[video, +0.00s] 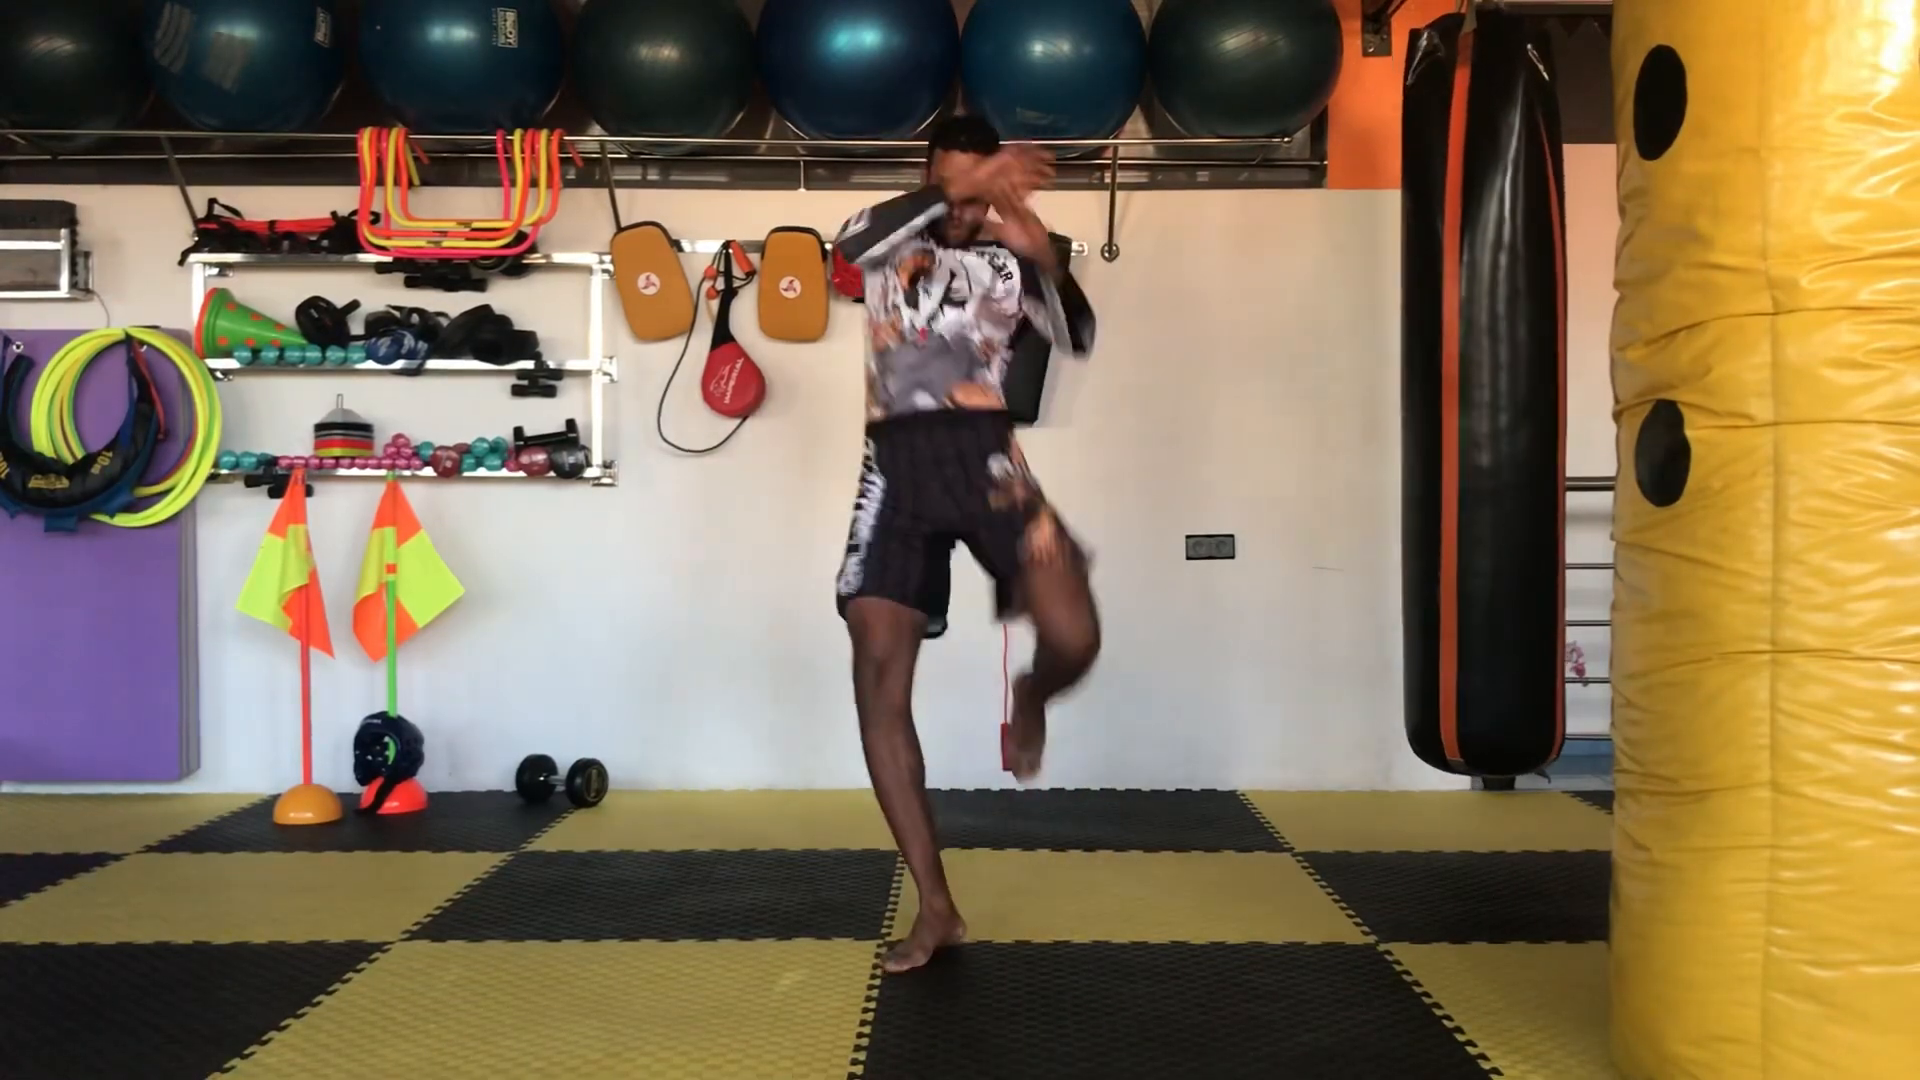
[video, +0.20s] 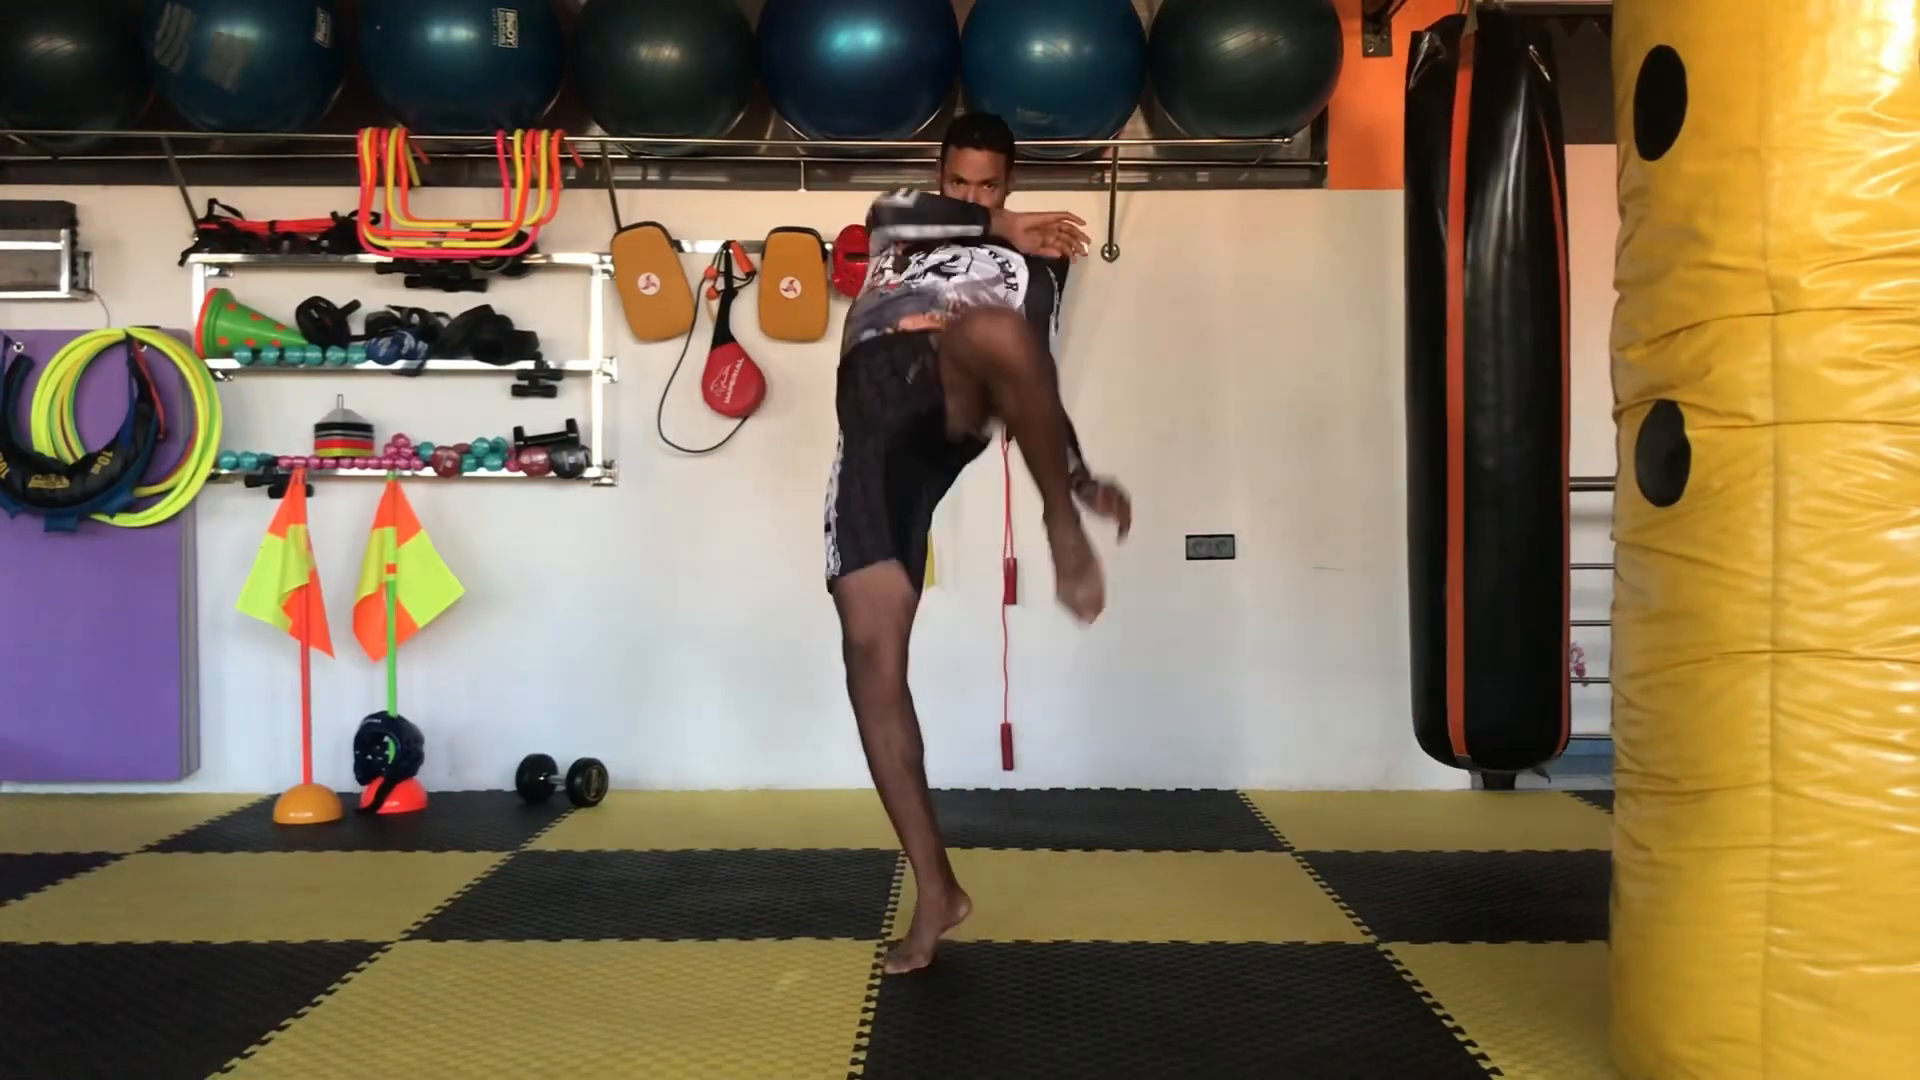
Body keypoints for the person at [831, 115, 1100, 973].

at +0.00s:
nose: (979, 188)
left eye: (989, 174)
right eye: (965, 173)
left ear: (1004, 176)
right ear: (937, 171)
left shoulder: (1026, 251)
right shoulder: (885, 234)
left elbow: (1078, 338)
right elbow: (848, 253)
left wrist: (1042, 256)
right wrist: (961, 190)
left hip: (988, 453)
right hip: (895, 460)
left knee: (1074, 640)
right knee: (878, 677)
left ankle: (1028, 701)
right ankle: (934, 905)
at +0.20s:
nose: (975, 197)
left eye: (991, 186)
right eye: (961, 183)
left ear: (1008, 188)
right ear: (939, 176)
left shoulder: (1028, 260)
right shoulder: (893, 220)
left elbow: (1032, 374)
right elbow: (894, 225)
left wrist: (1081, 479)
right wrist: (1002, 227)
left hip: (962, 406)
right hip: (877, 424)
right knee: (871, 666)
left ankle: (1064, 526)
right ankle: (935, 888)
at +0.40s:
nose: (971, 192)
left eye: (987, 180)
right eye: (958, 178)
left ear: (1013, 190)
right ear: (940, 181)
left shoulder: (1027, 259)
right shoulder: (905, 234)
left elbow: (1037, 365)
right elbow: (874, 201)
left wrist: (1072, 450)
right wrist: (996, 217)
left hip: (943, 407)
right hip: (864, 438)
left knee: (952, 284)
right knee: (862, 669)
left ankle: (1034, 511)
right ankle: (932, 884)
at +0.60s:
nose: (966, 178)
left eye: (983, 163)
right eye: (953, 163)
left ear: (1013, 172)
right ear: (938, 171)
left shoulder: (1036, 249)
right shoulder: (904, 241)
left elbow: (1048, 385)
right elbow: (838, 239)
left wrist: (1038, 385)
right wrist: (955, 215)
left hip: (951, 415)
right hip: (869, 424)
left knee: (928, 373)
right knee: (876, 671)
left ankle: (1025, 587)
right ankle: (944, 895)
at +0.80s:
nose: (963, 140)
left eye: (981, 126)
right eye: (951, 125)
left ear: (1011, 140)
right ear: (935, 134)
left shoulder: (1038, 241)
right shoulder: (909, 228)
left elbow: (1060, 381)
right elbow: (822, 342)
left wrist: (1004, 332)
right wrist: (840, 304)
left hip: (972, 421)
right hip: (895, 438)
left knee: (958, 555)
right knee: (917, 679)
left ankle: (1043, 732)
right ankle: (961, 912)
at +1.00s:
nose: (963, 127)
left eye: (982, 114)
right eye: (953, 110)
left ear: (1011, 129)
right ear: (936, 121)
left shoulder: (1042, 226)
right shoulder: (920, 234)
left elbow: (1080, 374)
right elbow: (916, 346)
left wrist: (994, 314)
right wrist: (880, 383)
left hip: (1006, 462)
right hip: (927, 466)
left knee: (1028, 678)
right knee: (937, 685)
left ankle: (1085, 839)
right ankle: (959, 909)